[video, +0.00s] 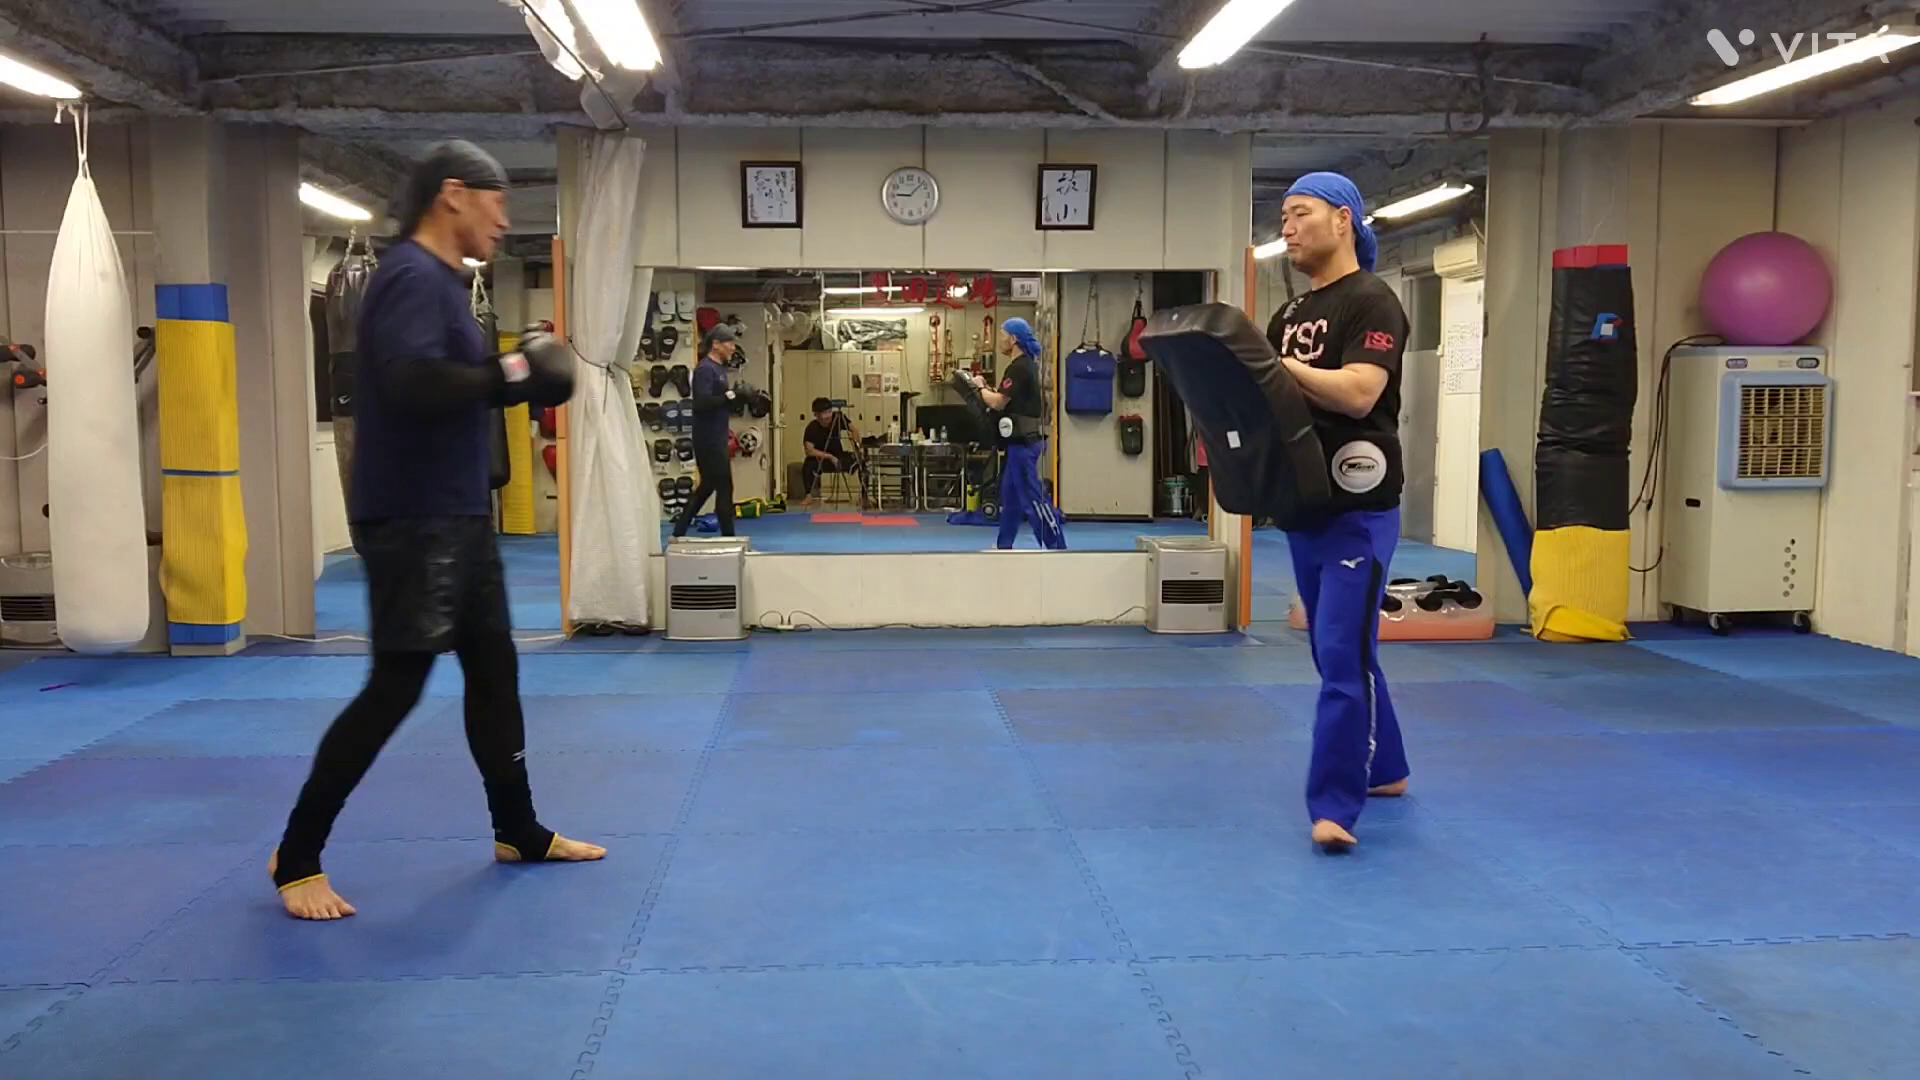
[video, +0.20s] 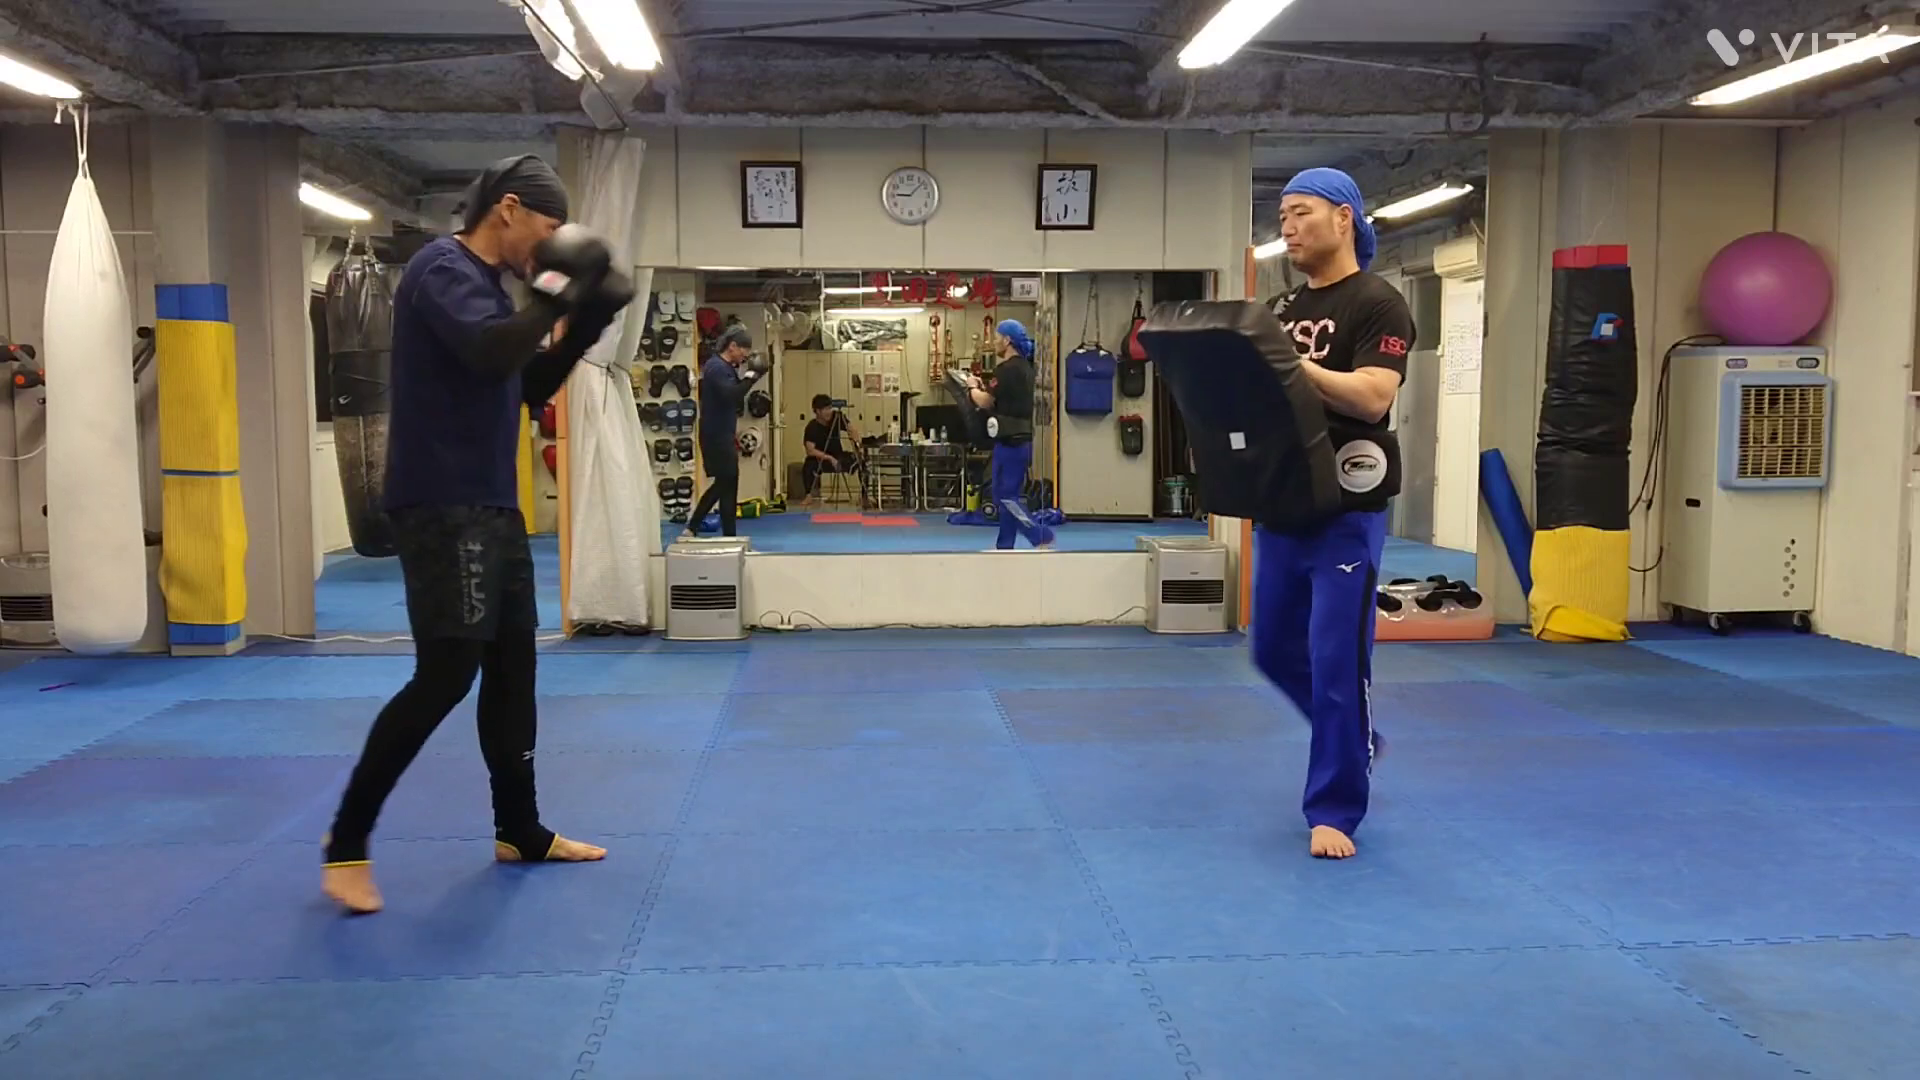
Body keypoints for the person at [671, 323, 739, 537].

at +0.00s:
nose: (734, 348)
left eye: (734, 344)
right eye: (730, 344)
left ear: (719, 346)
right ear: (716, 344)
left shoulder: (718, 369)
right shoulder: (705, 369)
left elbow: (720, 401)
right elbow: (702, 403)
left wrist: (738, 395)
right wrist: (730, 396)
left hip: (715, 436)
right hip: (709, 437)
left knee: (708, 484)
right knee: (723, 486)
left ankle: (678, 532)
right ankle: (729, 538)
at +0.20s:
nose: (745, 356)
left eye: (747, 352)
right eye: (743, 350)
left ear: (734, 347)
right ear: (731, 345)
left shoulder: (726, 368)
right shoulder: (717, 368)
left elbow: (734, 395)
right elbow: (732, 395)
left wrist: (751, 374)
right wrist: (752, 376)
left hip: (724, 432)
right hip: (715, 433)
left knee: (729, 481)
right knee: (725, 480)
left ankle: (730, 537)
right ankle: (692, 527)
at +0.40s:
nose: (749, 351)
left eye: (750, 347)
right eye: (748, 346)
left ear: (736, 345)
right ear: (737, 344)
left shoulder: (724, 364)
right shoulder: (722, 366)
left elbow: (739, 392)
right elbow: (740, 394)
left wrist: (755, 376)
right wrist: (761, 377)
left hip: (720, 432)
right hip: (720, 433)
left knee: (724, 482)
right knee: (731, 482)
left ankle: (702, 529)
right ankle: (731, 535)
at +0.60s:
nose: (751, 354)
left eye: (752, 349)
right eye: (749, 348)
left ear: (737, 348)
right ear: (737, 347)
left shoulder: (718, 367)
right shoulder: (725, 370)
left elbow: (723, 401)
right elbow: (726, 402)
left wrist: (746, 392)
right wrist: (748, 392)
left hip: (712, 435)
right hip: (725, 436)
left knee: (720, 483)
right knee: (754, 477)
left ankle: (704, 532)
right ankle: (740, 533)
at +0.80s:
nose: (752, 354)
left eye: (753, 350)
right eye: (751, 349)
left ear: (737, 346)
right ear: (739, 346)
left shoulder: (718, 366)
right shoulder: (732, 369)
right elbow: (745, 398)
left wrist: (755, 375)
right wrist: (762, 384)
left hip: (713, 435)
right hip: (728, 436)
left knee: (722, 484)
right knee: (753, 482)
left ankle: (704, 535)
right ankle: (746, 540)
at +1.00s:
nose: (758, 354)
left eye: (758, 349)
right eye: (756, 349)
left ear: (732, 348)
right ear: (748, 348)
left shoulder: (720, 373)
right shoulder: (744, 369)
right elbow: (764, 392)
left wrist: (766, 384)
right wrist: (789, 389)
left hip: (719, 437)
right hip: (742, 437)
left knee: (720, 485)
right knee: (773, 478)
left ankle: (703, 535)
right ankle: (761, 537)